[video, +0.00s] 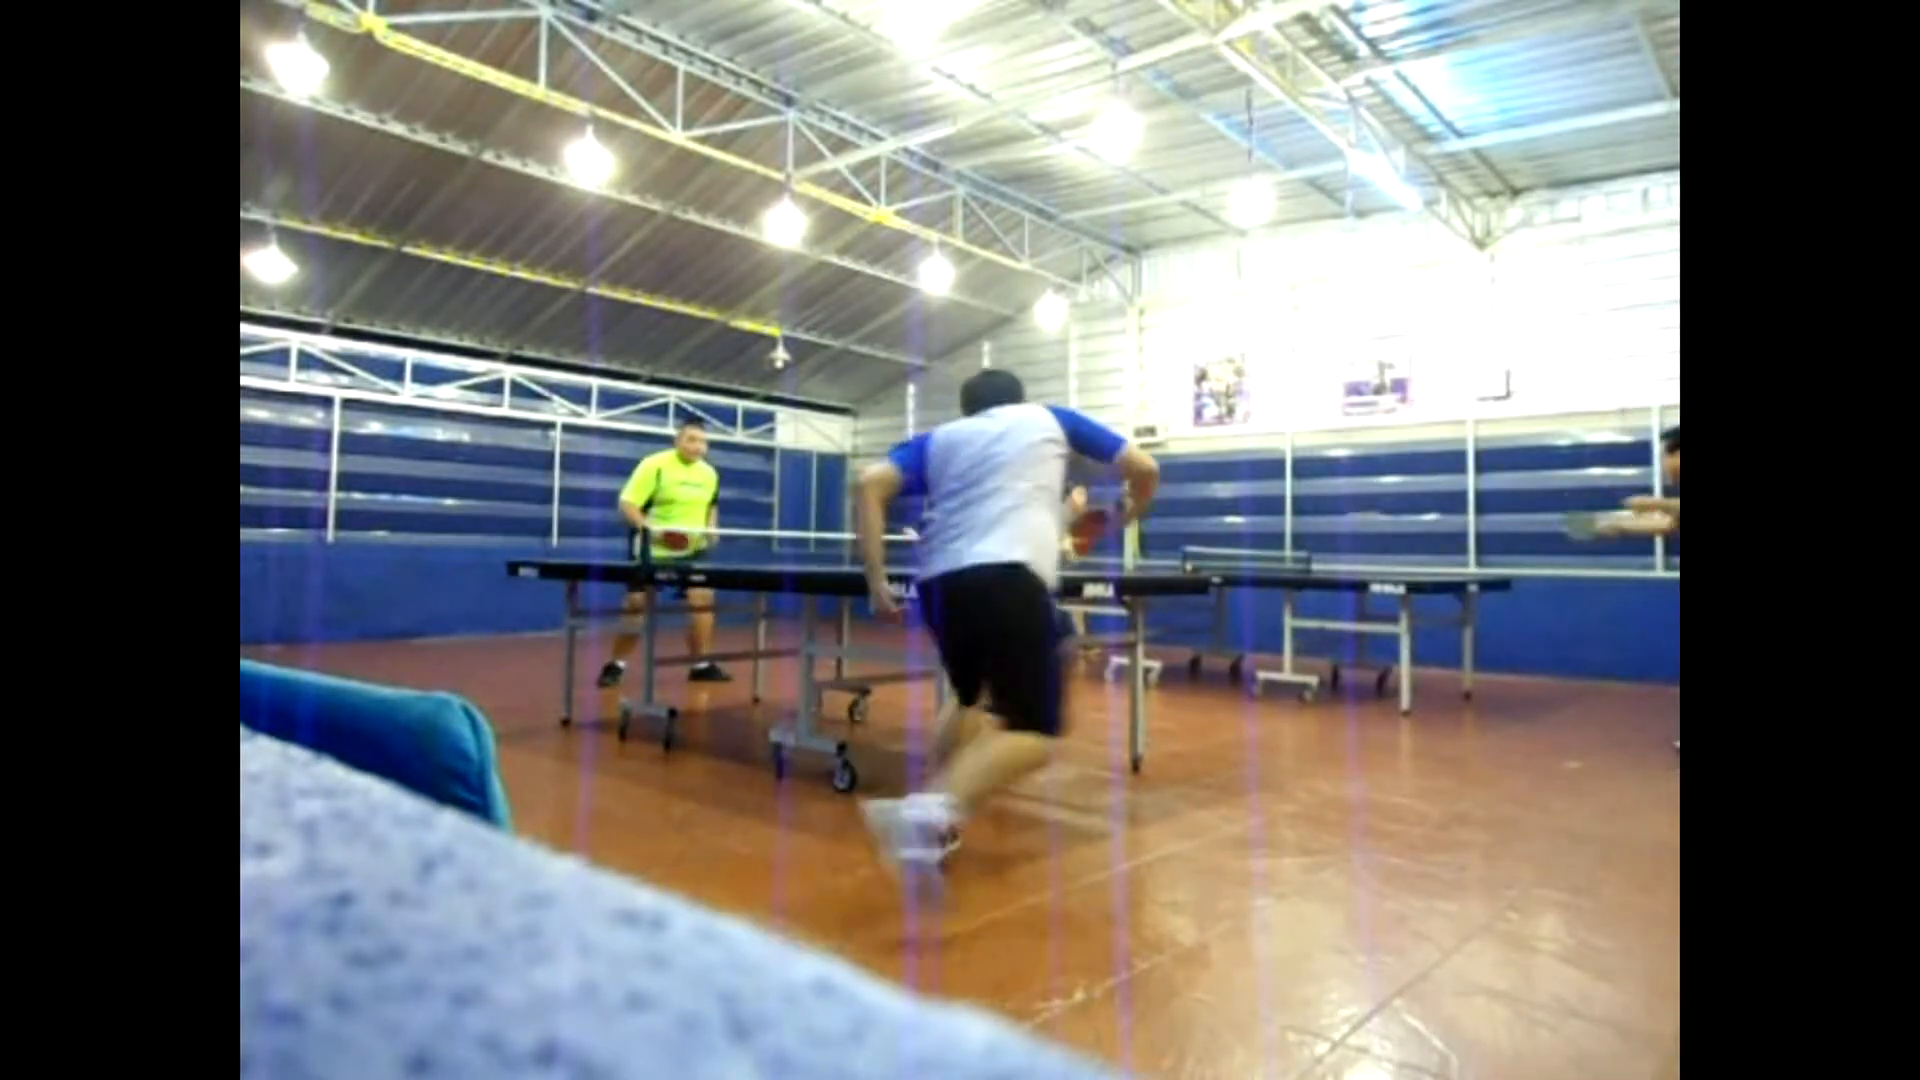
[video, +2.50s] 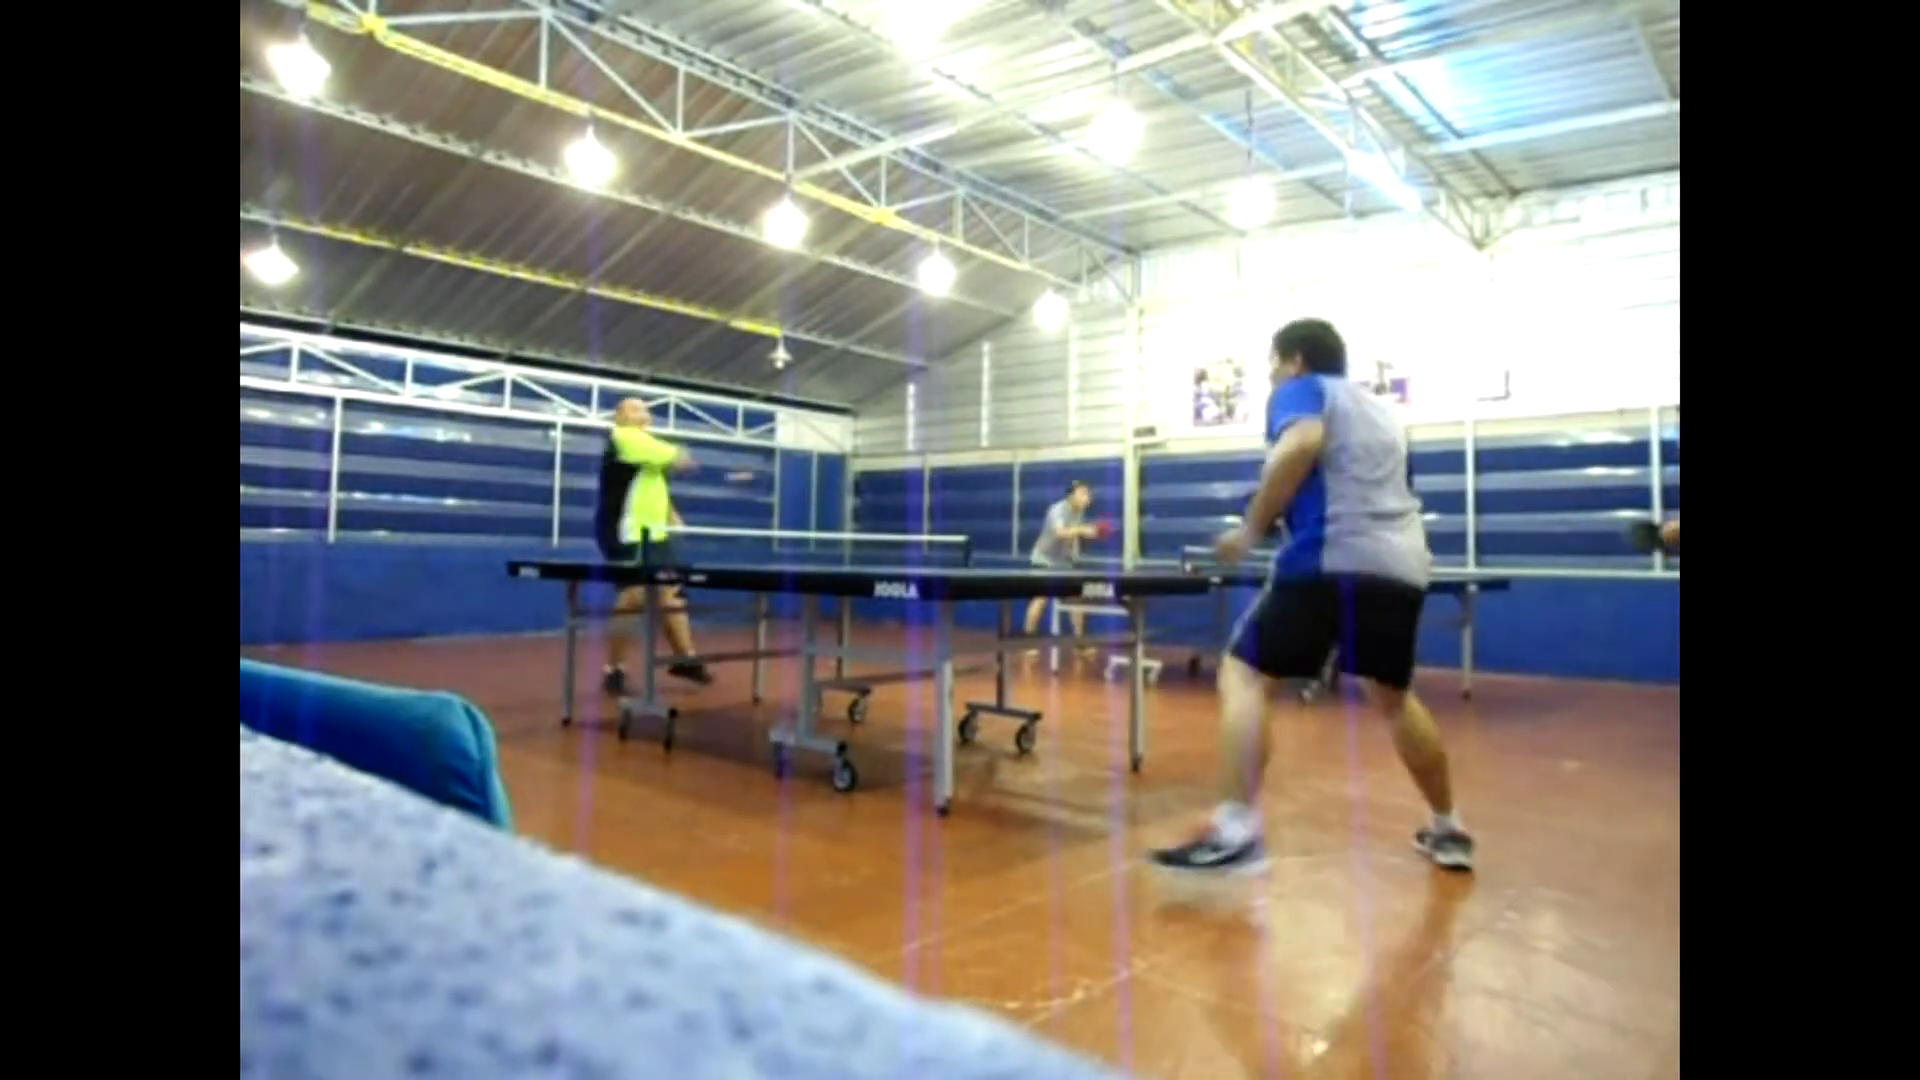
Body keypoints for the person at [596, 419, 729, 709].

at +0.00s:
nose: (696, 446)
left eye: (701, 441)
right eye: (691, 439)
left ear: (706, 445)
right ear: (678, 440)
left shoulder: (709, 474)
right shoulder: (654, 465)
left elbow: (710, 507)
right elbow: (627, 503)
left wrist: (711, 529)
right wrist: (649, 526)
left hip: (692, 550)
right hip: (655, 549)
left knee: (703, 599)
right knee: (636, 604)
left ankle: (702, 660)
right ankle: (617, 663)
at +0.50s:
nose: (712, 478)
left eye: (716, 473)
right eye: (707, 471)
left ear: (718, 473)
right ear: (691, 466)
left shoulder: (711, 499)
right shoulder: (663, 476)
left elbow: (704, 526)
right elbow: (654, 513)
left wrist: (724, 536)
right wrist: (699, 522)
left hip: (683, 556)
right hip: (648, 554)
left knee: (709, 601)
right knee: (642, 601)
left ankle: (701, 663)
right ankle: (634, 670)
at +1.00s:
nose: (710, 447)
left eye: (714, 442)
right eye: (704, 440)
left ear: (717, 448)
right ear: (690, 440)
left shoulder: (719, 481)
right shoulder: (664, 456)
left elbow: (721, 516)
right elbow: (621, 469)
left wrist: (733, 523)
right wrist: (577, 476)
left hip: (693, 548)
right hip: (651, 542)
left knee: (706, 600)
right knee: (634, 598)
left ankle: (701, 662)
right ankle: (618, 663)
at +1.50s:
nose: (656, 433)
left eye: (661, 427)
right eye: (651, 426)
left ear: (666, 430)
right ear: (637, 427)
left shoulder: (675, 462)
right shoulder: (613, 453)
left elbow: (686, 497)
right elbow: (597, 487)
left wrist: (673, 513)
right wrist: (606, 509)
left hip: (661, 540)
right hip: (619, 540)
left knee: (669, 600)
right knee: (610, 603)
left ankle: (668, 659)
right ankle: (599, 660)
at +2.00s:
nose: (600, 454)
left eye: (603, 447)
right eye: (593, 448)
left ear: (612, 444)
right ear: (583, 449)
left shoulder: (635, 464)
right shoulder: (572, 478)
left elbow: (666, 496)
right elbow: (569, 520)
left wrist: (649, 521)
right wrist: (549, 534)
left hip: (644, 546)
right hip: (600, 552)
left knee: (669, 594)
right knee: (593, 605)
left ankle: (667, 644)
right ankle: (585, 667)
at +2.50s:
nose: (645, 415)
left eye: (645, 410)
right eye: (637, 409)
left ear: (647, 417)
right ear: (621, 416)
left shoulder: (648, 443)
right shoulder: (621, 438)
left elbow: (654, 489)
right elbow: (655, 454)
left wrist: (670, 514)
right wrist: (677, 457)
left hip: (654, 527)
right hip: (625, 528)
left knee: (670, 591)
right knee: (633, 595)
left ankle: (686, 656)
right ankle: (614, 666)